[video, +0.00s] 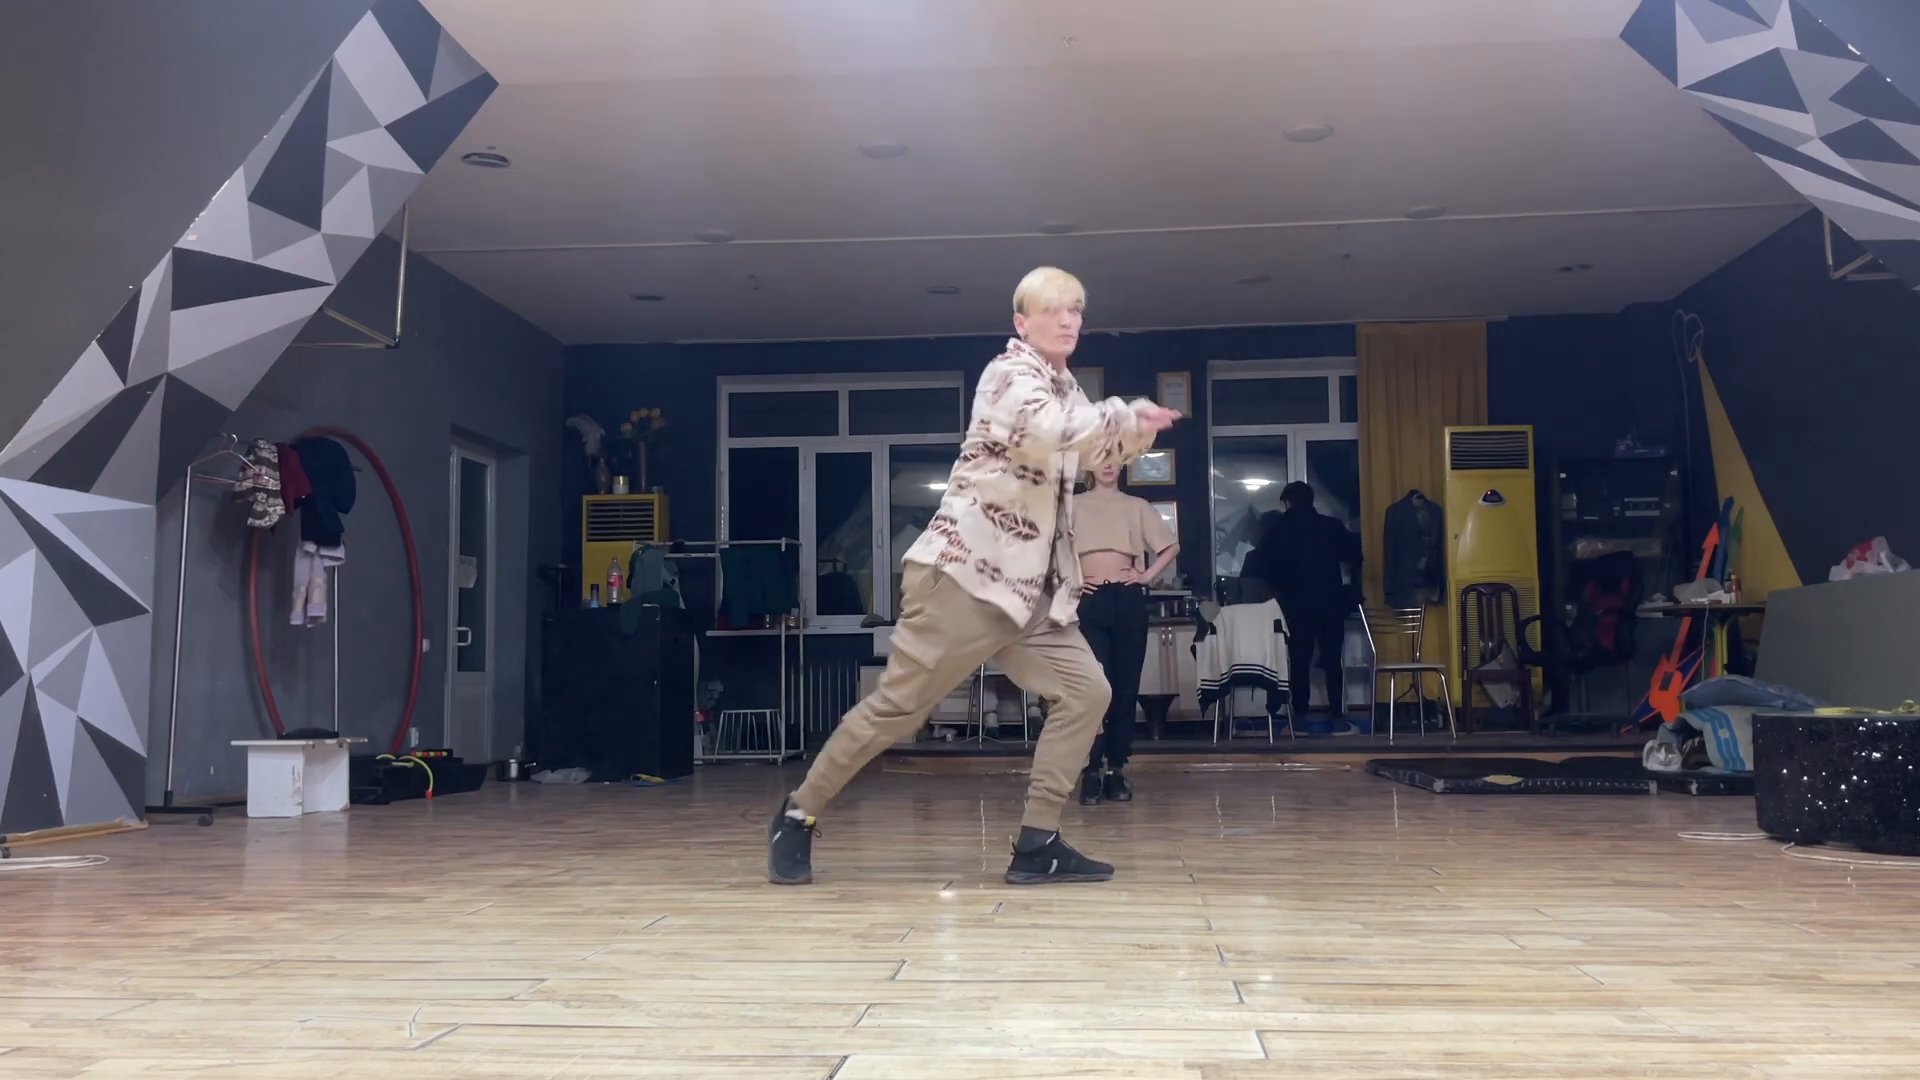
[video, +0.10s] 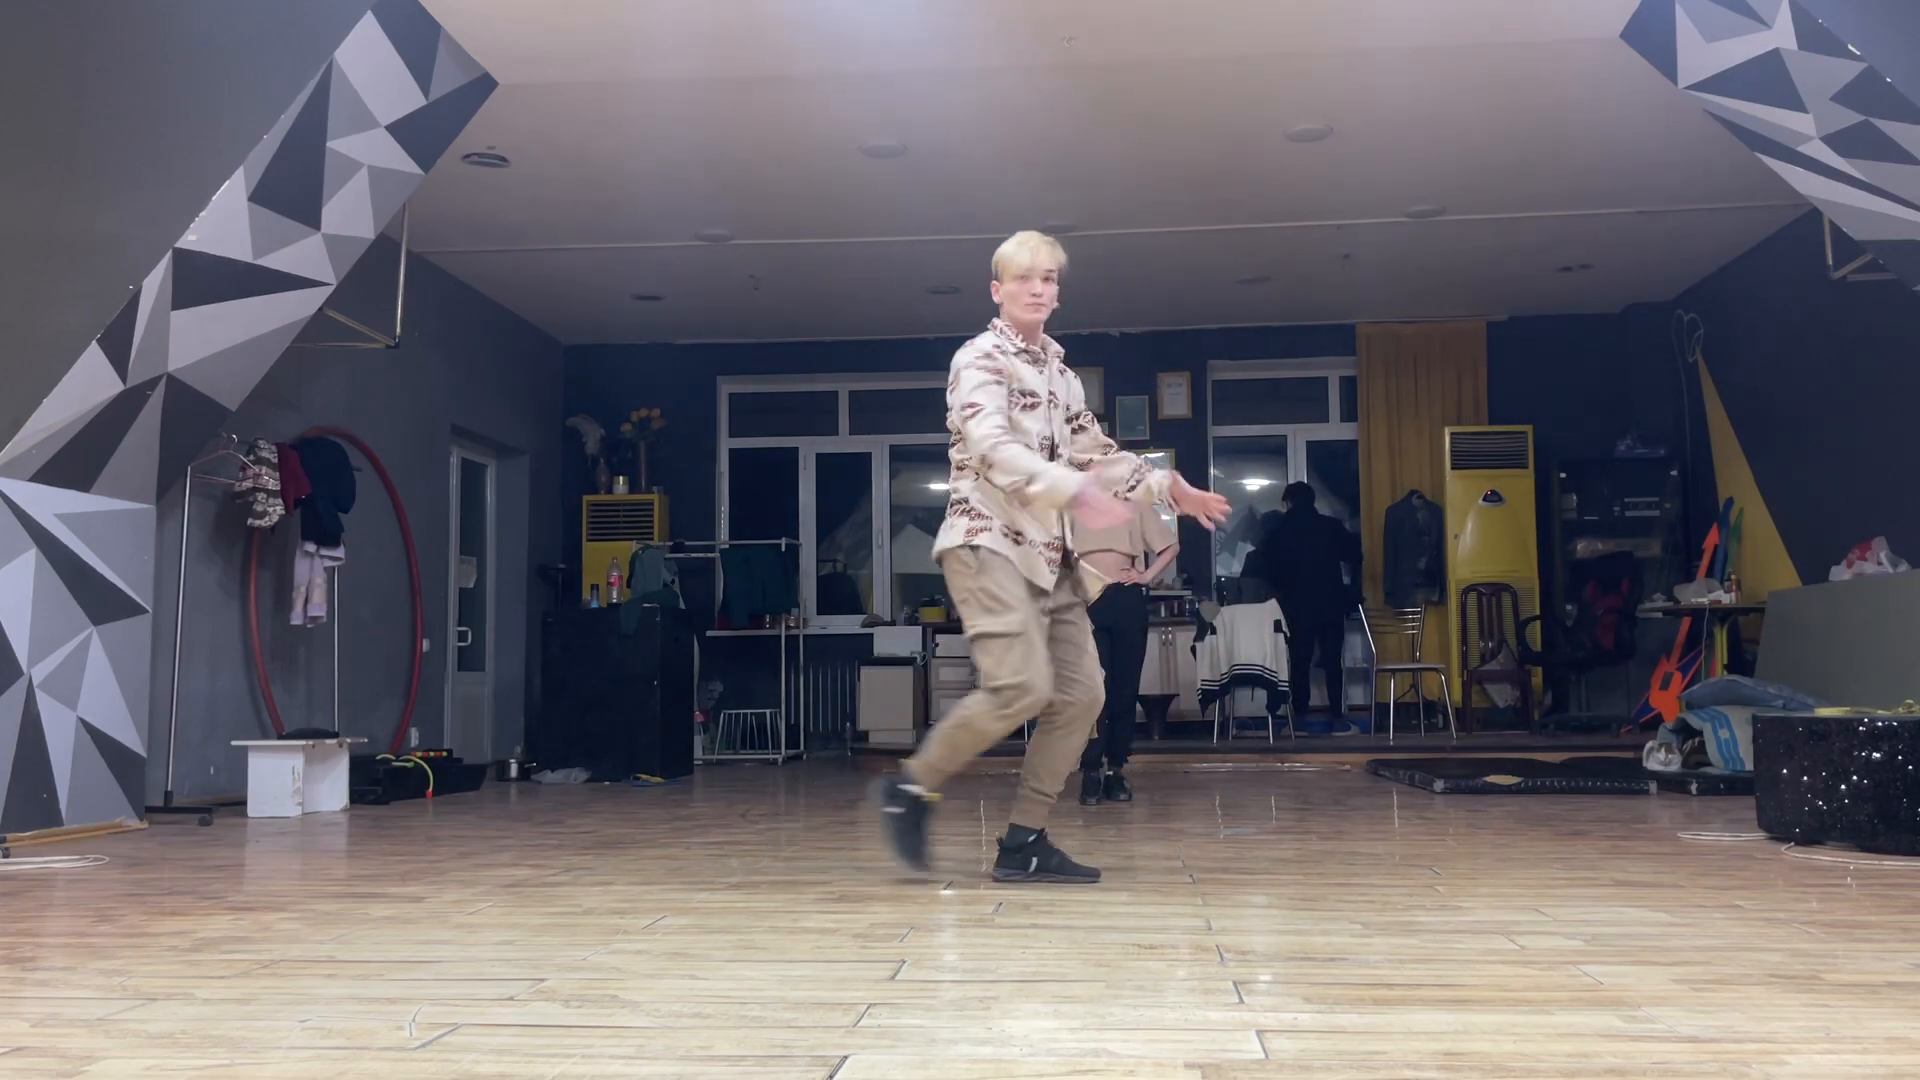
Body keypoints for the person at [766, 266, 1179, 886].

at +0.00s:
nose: (1073, 322)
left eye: (1078, 311)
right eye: (1060, 311)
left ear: (1079, 320)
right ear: (1023, 321)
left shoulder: (1067, 390)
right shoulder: (1011, 375)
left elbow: (1083, 460)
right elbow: (1048, 429)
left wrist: (1121, 449)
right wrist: (1123, 417)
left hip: (1022, 588)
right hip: (959, 575)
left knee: (1086, 692)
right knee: (896, 708)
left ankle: (1038, 841)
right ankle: (797, 816)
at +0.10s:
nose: (1040, 289)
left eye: (1049, 278)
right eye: (1026, 277)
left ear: (1059, 289)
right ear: (998, 288)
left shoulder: (1060, 373)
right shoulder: (978, 360)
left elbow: (1094, 452)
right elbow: (993, 449)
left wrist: (1167, 486)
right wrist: (1076, 487)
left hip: (1046, 554)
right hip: (984, 546)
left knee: (1080, 693)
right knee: (1021, 685)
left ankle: (1023, 840)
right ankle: (909, 790)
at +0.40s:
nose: (999, 332)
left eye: (1007, 322)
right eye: (986, 319)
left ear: (1012, 328)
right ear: (953, 324)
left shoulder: (1022, 383)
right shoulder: (929, 403)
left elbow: (1072, 438)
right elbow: (854, 414)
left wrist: (1086, 427)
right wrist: (801, 349)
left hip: (1102, 542)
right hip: (1063, 558)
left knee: (1112, 696)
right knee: (1181, 664)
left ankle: (1044, 837)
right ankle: (1229, 826)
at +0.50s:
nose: (1019, 306)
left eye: (1026, 296)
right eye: (1006, 295)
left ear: (1030, 305)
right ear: (973, 305)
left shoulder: (1028, 367)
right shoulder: (949, 376)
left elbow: (1062, 435)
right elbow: (931, 425)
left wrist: (1086, 437)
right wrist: (968, 404)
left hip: (1063, 539)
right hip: (1038, 544)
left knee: (1099, 684)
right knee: (1153, 644)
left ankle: (1046, 845)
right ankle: (1065, 790)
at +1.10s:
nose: (985, 279)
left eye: (1000, 269)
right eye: (976, 270)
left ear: (1027, 283)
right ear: (963, 283)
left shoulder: (1063, 353)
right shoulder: (933, 357)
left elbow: (1151, 370)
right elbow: (851, 375)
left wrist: (1247, 361)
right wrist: (887, 382)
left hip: (1016, 565)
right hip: (938, 559)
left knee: (1052, 696)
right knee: (874, 669)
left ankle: (1116, 823)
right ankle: (884, 830)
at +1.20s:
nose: (983, 305)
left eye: (998, 293)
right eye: (974, 296)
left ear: (1028, 305)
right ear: (966, 307)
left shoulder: (1059, 367)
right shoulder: (952, 386)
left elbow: (1121, 382)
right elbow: (879, 438)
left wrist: (1187, 375)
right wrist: (906, 435)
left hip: (1007, 574)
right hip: (936, 578)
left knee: (1050, 711)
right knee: (876, 683)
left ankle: (1125, 834)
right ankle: (894, 841)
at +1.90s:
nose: (1006, 312)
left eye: (1018, 300)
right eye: (996, 305)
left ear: (1047, 313)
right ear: (987, 319)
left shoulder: (1079, 368)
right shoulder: (977, 379)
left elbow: (1028, 413)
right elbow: (958, 442)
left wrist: (938, 388)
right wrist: (997, 373)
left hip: (1065, 578)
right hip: (989, 574)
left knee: (1098, 714)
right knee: (916, 687)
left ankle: (1162, 834)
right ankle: (914, 841)